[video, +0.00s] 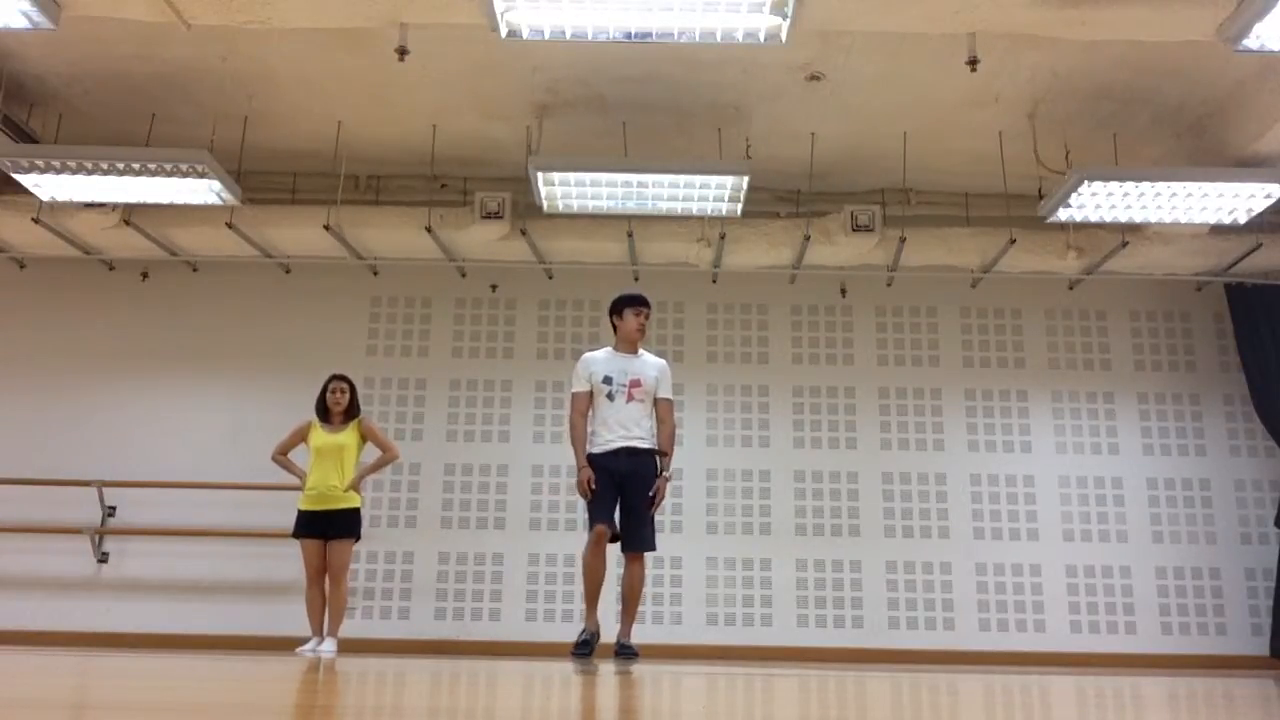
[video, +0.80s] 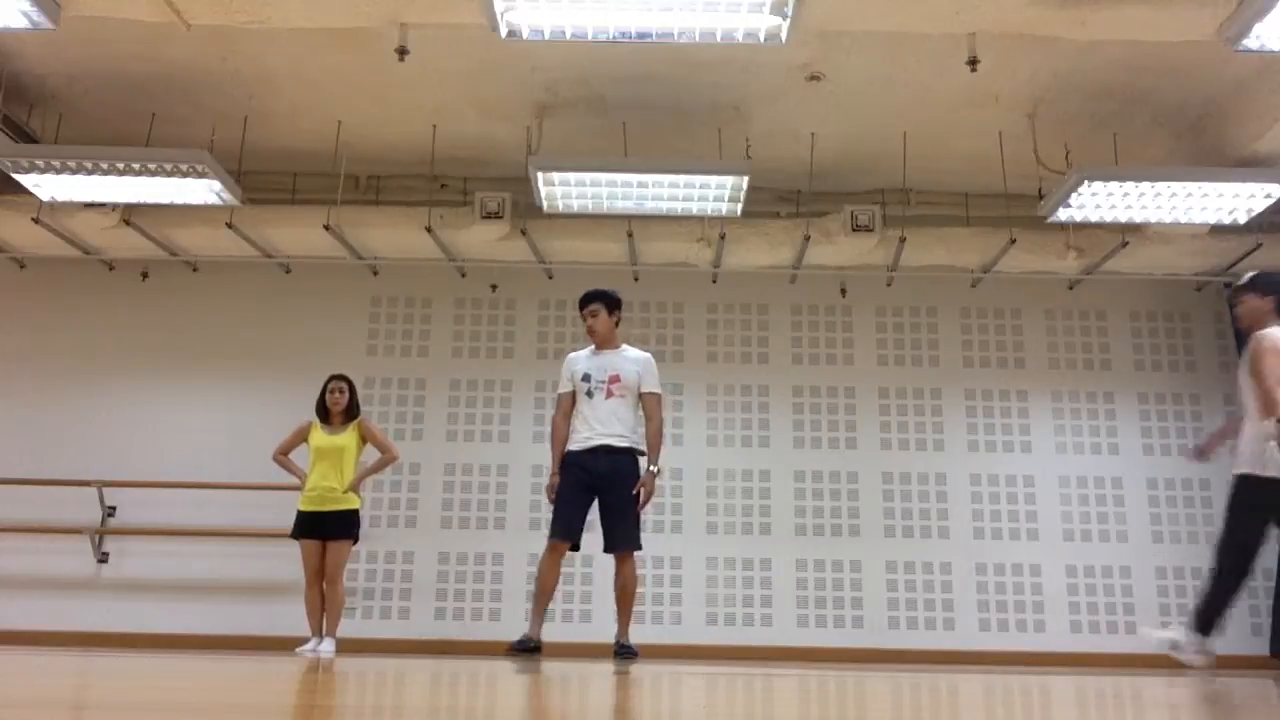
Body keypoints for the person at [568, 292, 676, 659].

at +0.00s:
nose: (643, 322)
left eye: (646, 317)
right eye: (636, 316)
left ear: (647, 324)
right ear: (616, 320)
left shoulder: (658, 367)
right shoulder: (591, 362)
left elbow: (666, 422)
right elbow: (578, 416)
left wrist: (664, 473)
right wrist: (582, 464)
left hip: (642, 462)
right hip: (601, 461)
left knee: (635, 550)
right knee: (599, 534)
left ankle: (624, 637)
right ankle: (590, 626)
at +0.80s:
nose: (588, 324)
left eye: (594, 315)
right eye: (584, 318)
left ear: (615, 317)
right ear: (583, 323)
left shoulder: (641, 361)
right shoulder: (574, 362)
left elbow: (654, 418)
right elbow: (562, 416)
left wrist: (651, 468)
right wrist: (555, 469)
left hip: (621, 462)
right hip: (578, 460)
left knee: (624, 552)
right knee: (556, 544)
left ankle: (623, 637)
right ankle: (533, 632)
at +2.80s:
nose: (603, 308)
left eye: (610, 303)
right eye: (597, 303)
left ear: (621, 312)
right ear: (587, 311)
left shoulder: (638, 357)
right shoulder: (568, 355)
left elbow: (651, 413)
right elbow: (559, 409)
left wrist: (651, 465)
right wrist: (561, 458)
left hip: (618, 458)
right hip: (575, 455)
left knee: (617, 549)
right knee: (553, 539)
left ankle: (614, 635)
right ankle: (543, 628)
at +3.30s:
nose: (577, 305)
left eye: (584, 300)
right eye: (570, 300)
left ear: (595, 309)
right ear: (560, 310)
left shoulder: (612, 353)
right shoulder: (543, 354)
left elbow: (622, 407)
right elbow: (530, 412)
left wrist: (617, 452)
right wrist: (528, 466)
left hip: (599, 455)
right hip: (554, 456)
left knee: (612, 533)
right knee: (544, 546)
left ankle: (613, 624)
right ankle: (539, 634)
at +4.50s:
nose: (589, 306)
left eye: (595, 301)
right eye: (582, 301)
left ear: (606, 311)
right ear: (571, 311)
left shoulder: (623, 356)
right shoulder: (552, 352)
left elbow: (633, 412)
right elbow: (537, 406)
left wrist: (632, 464)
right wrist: (534, 459)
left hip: (606, 456)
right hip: (561, 455)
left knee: (606, 548)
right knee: (548, 547)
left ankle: (606, 636)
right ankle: (537, 635)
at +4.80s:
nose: (593, 307)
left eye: (600, 302)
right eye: (587, 302)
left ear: (611, 311)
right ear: (576, 311)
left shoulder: (628, 357)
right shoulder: (558, 354)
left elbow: (640, 411)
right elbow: (546, 410)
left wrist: (640, 462)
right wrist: (544, 461)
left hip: (610, 456)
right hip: (565, 455)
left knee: (608, 550)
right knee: (552, 547)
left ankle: (606, 636)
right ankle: (541, 634)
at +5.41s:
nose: (607, 309)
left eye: (613, 304)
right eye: (600, 304)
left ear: (623, 313)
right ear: (589, 313)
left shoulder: (640, 358)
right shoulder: (571, 355)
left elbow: (654, 411)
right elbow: (558, 411)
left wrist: (659, 463)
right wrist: (561, 461)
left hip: (623, 457)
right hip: (582, 456)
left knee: (616, 550)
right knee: (586, 547)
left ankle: (607, 635)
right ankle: (586, 633)